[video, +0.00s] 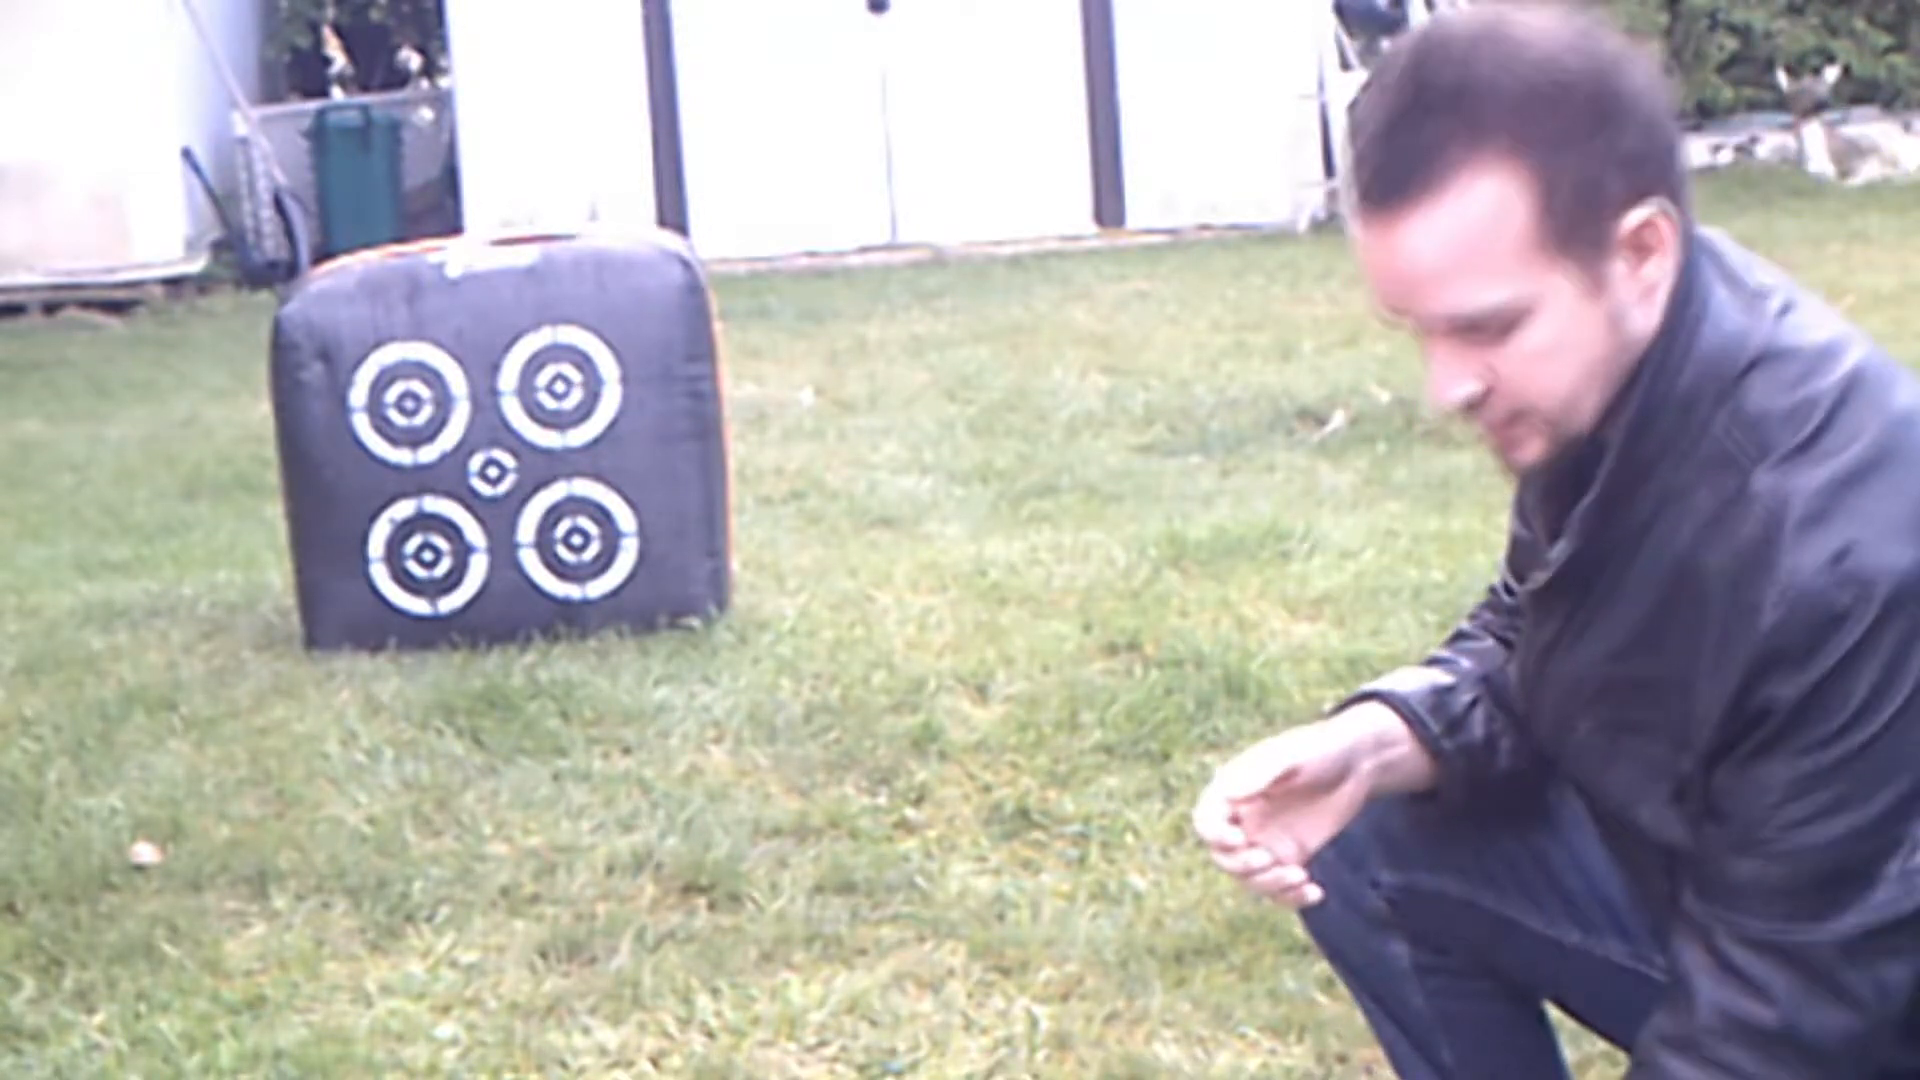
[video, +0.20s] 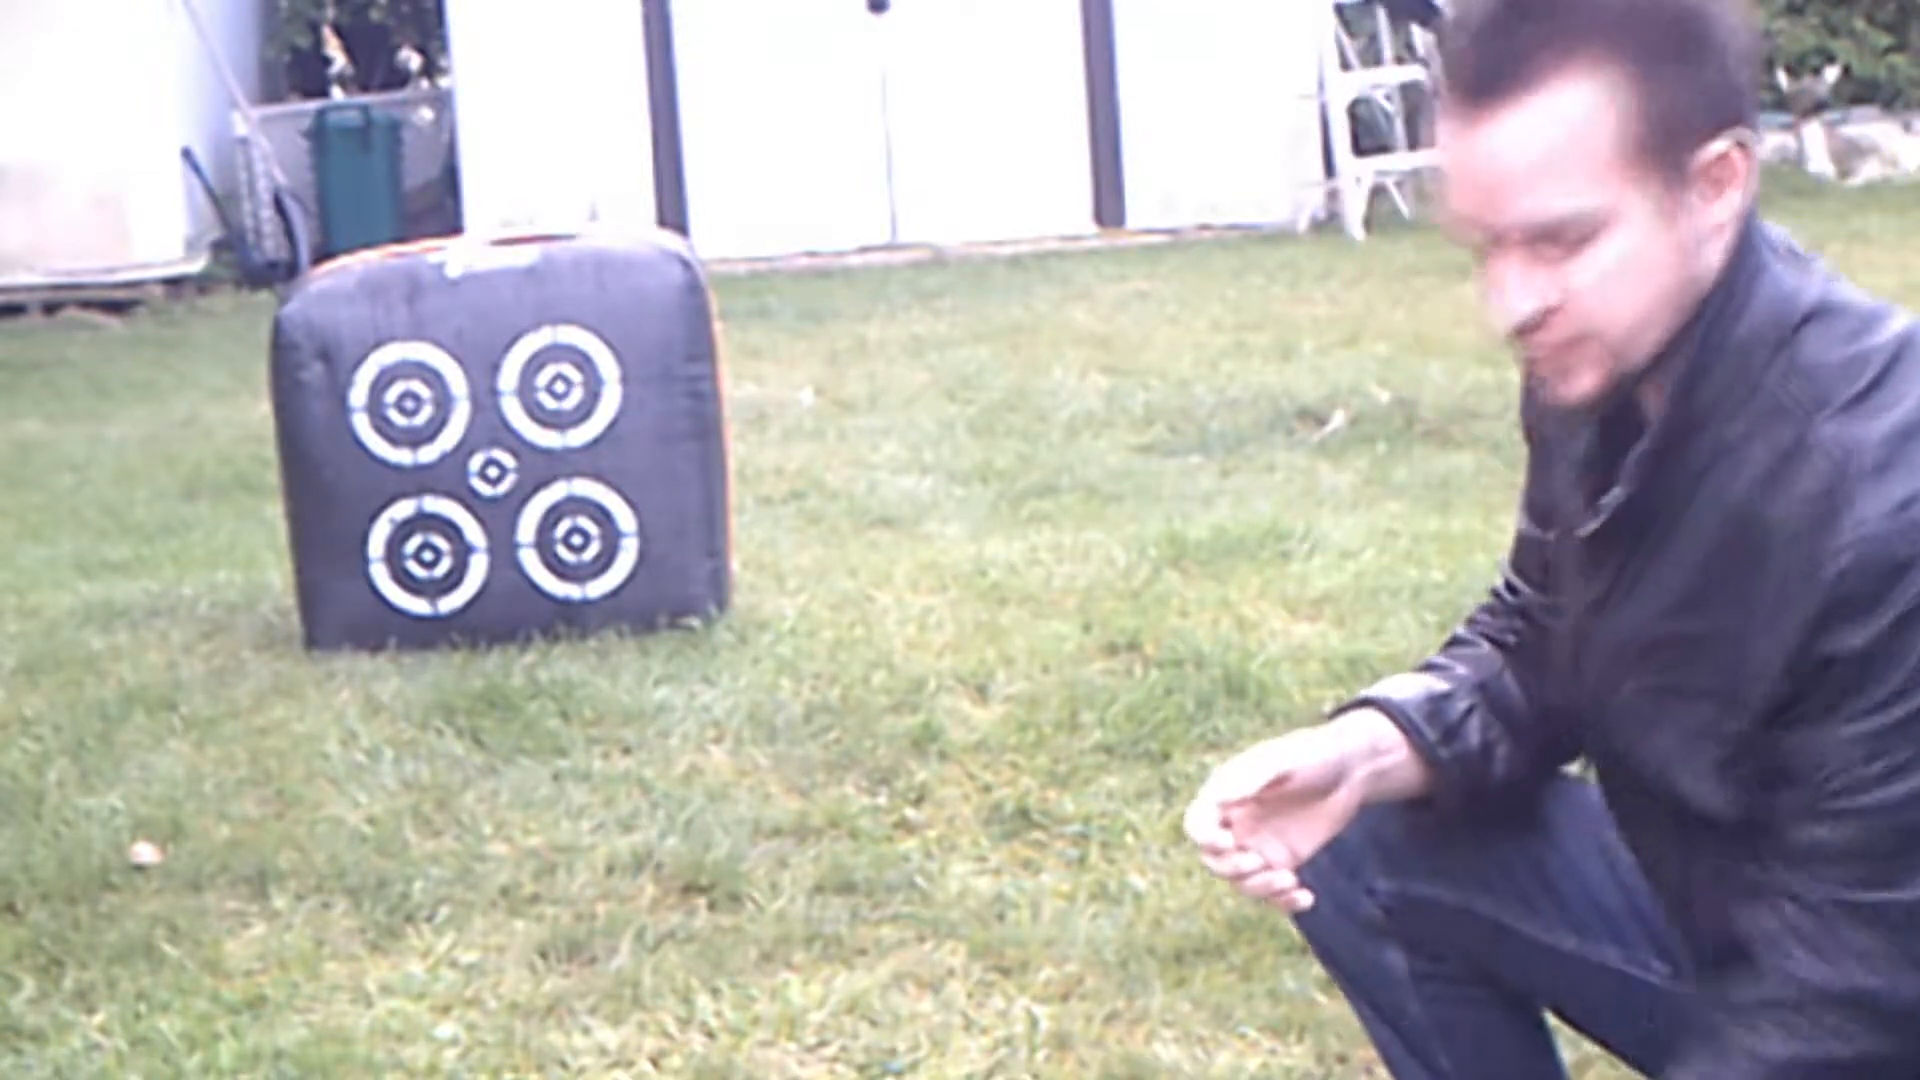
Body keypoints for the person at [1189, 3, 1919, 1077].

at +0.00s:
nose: (1447, 390)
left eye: (1489, 330)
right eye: (1420, 334)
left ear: (1643, 256)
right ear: (1391, 289)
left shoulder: (1850, 556)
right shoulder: (1622, 379)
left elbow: (1790, 1013)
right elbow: (1536, 634)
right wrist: (1373, 747)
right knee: (1362, 850)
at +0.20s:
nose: (1511, 306)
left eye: (1564, 241)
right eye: (1485, 249)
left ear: (1718, 190)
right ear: (1460, 213)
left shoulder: (1886, 468)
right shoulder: (1592, 365)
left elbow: (1853, 987)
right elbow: (1539, 639)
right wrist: (1370, 752)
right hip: (1690, 905)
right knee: (1358, 852)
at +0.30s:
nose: (1562, 257)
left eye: (1620, 190)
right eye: (1522, 196)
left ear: (1766, 154)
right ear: (1492, 175)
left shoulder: (1896, 423)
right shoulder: (1583, 359)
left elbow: (1896, 950)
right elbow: (1540, 642)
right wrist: (1369, 756)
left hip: (1872, 997)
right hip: (1706, 922)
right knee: (1359, 851)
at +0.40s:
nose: (1620, 213)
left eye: (1676, 144)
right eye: (1574, 156)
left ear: (1809, 123)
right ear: (1540, 149)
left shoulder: (1900, 387)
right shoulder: (1593, 342)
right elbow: (1542, 642)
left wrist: (1689, 1038)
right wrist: (1377, 758)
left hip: (1877, 973)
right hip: (1706, 900)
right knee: (1344, 843)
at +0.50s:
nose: (1658, 188)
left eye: (1715, 119)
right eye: (1611, 130)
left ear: (1838, 108)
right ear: (1573, 135)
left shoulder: (1901, 368)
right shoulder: (1607, 335)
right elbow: (1542, 630)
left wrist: (1732, 878)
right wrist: (1373, 760)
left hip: (1886, 1028)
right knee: (1391, 909)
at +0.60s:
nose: (1686, 182)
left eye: (1743, 110)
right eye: (1636, 122)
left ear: (1860, 100)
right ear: (1595, 131)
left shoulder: (1901, 362)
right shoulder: (1619, 337)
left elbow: (1895, 782)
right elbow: (1544, 663)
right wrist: (1390, 777)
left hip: (1882, 1035)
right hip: (1751, 942)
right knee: (1362, 868)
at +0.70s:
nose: (1701, 173)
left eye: (1759, 101)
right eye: (1650, 115)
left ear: (1874, 91)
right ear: (1610, 126)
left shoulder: (1902, 334)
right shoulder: (1649, 319)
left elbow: (1896, 671)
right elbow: (1556, 634)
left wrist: (1701, 494)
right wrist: (1387, 778)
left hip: (1885, 1036)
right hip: (1767, 941)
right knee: (1366, 870)